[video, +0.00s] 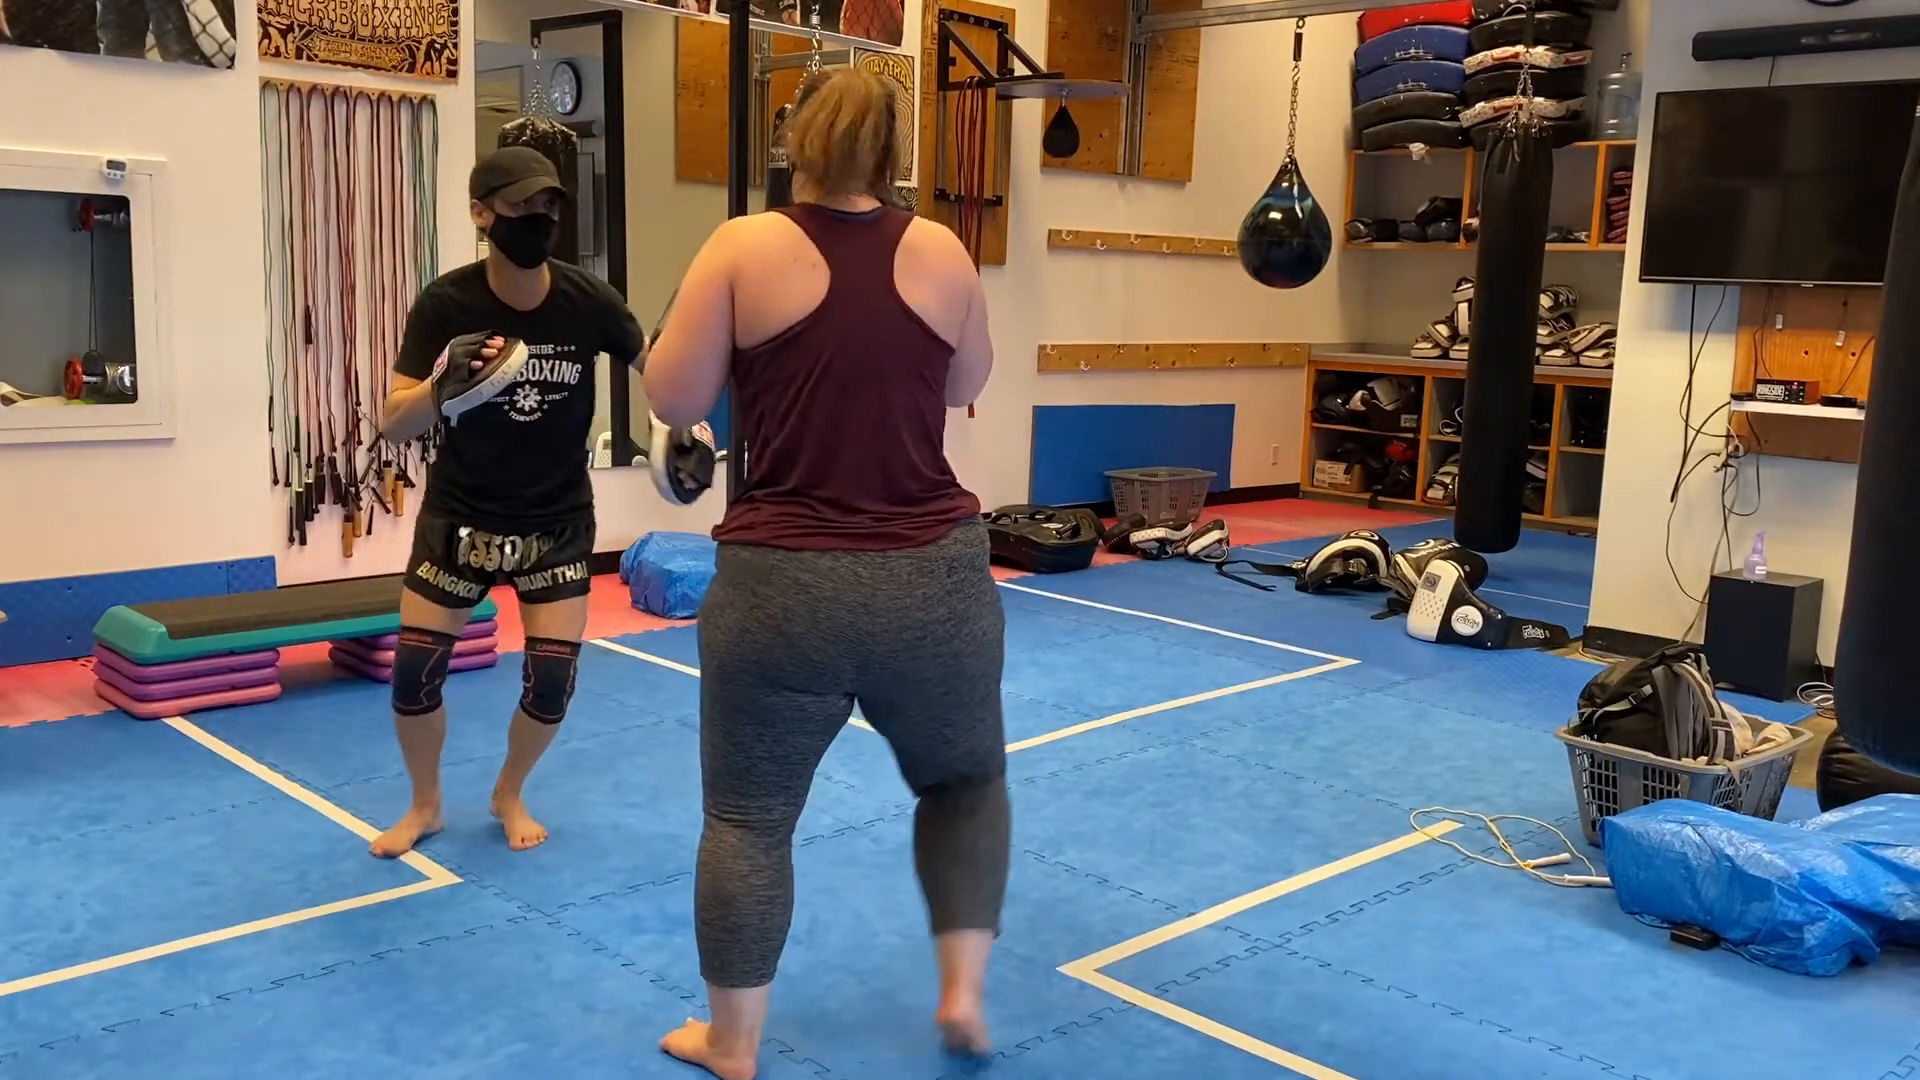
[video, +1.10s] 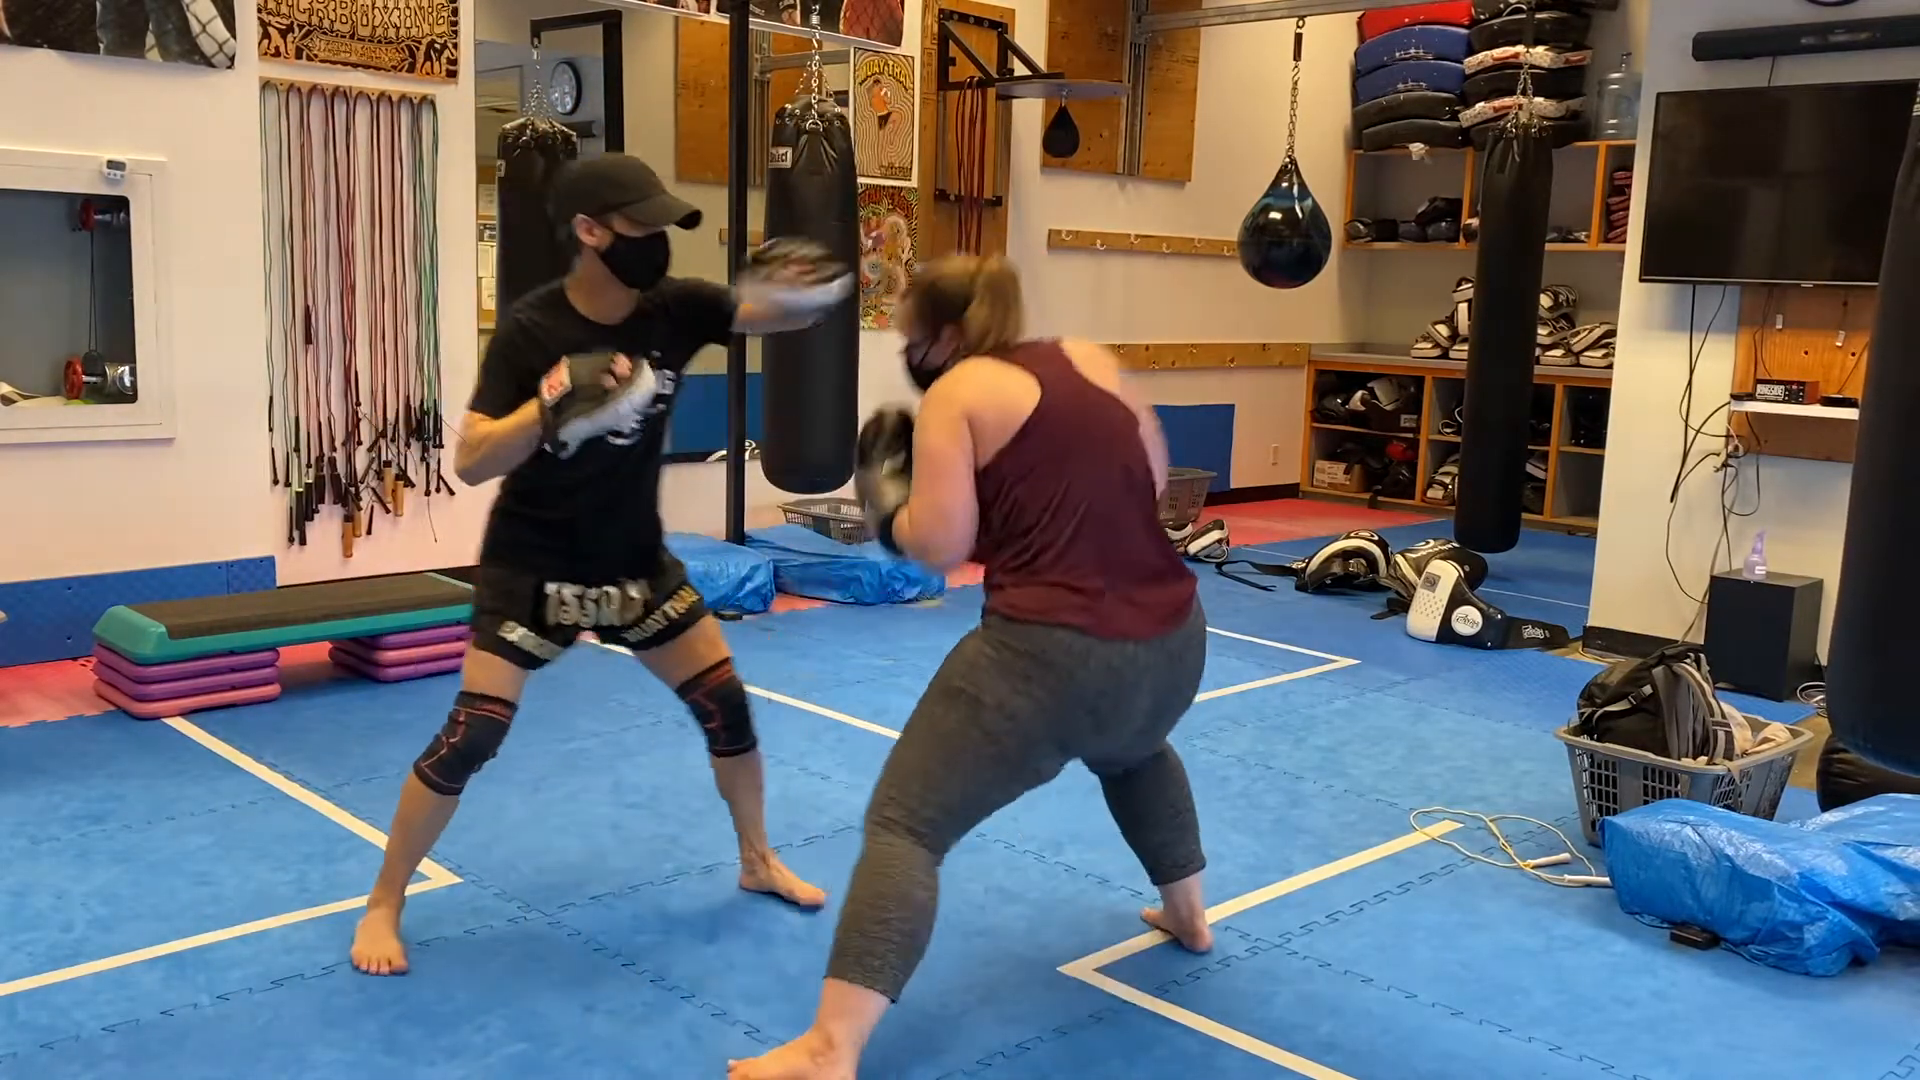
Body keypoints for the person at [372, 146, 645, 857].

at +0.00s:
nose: (538, 217)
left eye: (547, 202)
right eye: (521, 204)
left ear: (561, 209)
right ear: (482, 212)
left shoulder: (590, 303)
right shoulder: (446, 303)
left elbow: (660, 369)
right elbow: (395, 420)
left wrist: (686, 429)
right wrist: (445, 384)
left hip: (556, 516)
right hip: (459, 511)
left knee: (553, 685)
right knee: (415, 673)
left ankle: (509, 791)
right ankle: (425, 805)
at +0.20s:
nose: (534, 236)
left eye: (539, 221)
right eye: (515, 225)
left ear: (548, 223)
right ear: (471, 233)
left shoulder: (570, 315)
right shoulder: (431, 323)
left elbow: (646, 371)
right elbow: (385, 441)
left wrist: (711, 416)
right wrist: (451, 405)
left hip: (543, 524)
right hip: (444, 532)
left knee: (609, 656)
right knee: (402, 698)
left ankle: (572, 806)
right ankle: (422, 811)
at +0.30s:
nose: (552, 236)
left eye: (557, 222)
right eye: (533, 224)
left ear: (564, 225)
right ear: (486, 234)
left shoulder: (582, 318)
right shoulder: (445, 324)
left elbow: (658, 369)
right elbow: (400, 446)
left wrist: (723, 405)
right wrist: (477, 405)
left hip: (554, 530)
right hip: (454, 537)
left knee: (631, 667)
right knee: (410, 707)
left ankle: (670, 833)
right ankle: (424, 811)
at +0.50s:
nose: (636, 248)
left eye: (639, 235)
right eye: (618, 237)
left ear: (642, 237)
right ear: (570, 243)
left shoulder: (658, 331)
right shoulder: (528, 332)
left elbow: (746, 373)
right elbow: (472, 448)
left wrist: (818, 376)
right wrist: (558, 408)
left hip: (617, 554)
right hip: (516, 555)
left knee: (702, 688)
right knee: (448, 723)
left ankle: (752, 852)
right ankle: (429, 813)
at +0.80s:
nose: (733, 264)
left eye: (737, 249)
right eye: (715, 252)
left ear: (747, 245)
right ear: (667, 257)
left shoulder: (758, 338)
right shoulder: (617, 346)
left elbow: (842, 364)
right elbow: (539, 456)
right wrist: (629, 429)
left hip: (692, 565)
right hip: (590, 567)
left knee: (779, 699)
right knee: (504, 725)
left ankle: (763, 856)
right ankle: (434, 833)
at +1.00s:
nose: (697, 258)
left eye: (699, 244)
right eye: (680, 247)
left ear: (701, 240)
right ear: (627, 251)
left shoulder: (719, 322)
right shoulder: (572, 348)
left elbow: (829, 304)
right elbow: (500, 467)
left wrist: (872, 264)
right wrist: (577, 434)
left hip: (682, 571)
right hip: (574, 576)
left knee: (773, 704)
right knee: (496, 729)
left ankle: (764, 859)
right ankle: (388, 902)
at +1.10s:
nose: (663, 239)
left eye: (663, 226)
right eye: (646, 227)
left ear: (617, 231)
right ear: (592, 230)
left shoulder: (674, 309)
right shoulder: (531, 327)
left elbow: (776, 312)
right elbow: (472, 459)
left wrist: (801, 289)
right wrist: (553, 405)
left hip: (636, 554)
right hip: (532, 559)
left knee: (726, 704)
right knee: (474, 733)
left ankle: (758, 859)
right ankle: (384, 905)